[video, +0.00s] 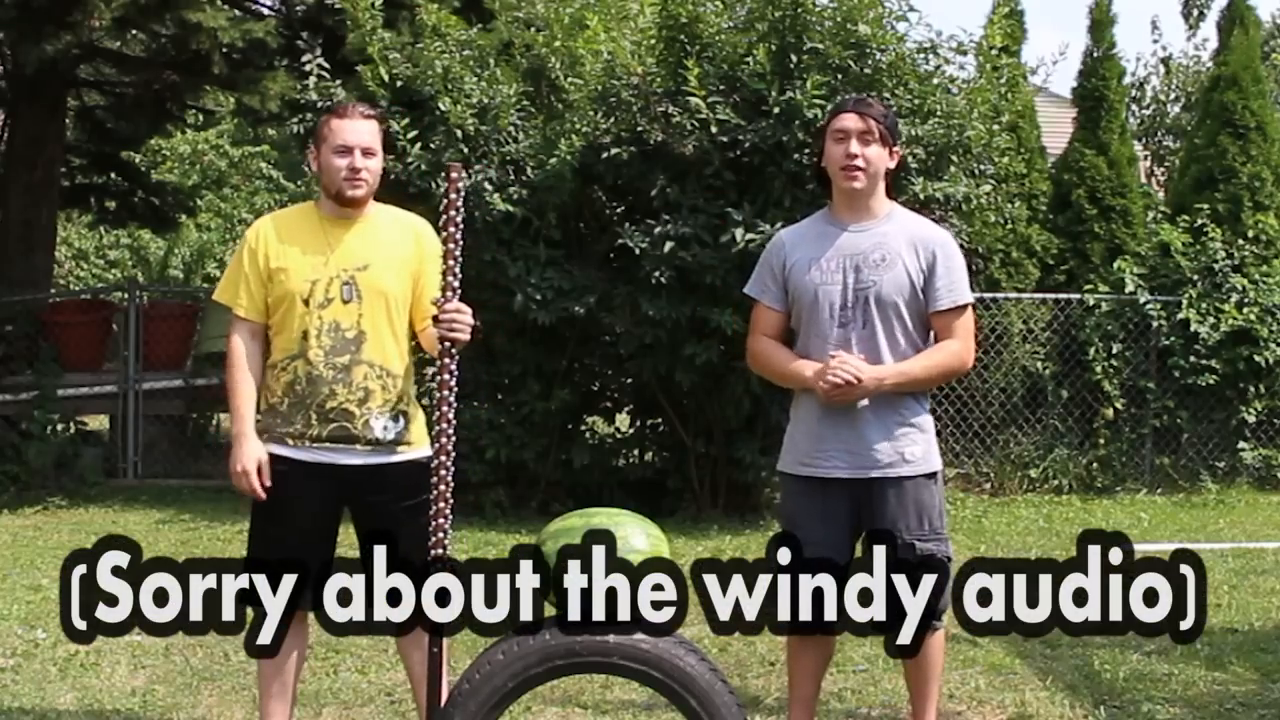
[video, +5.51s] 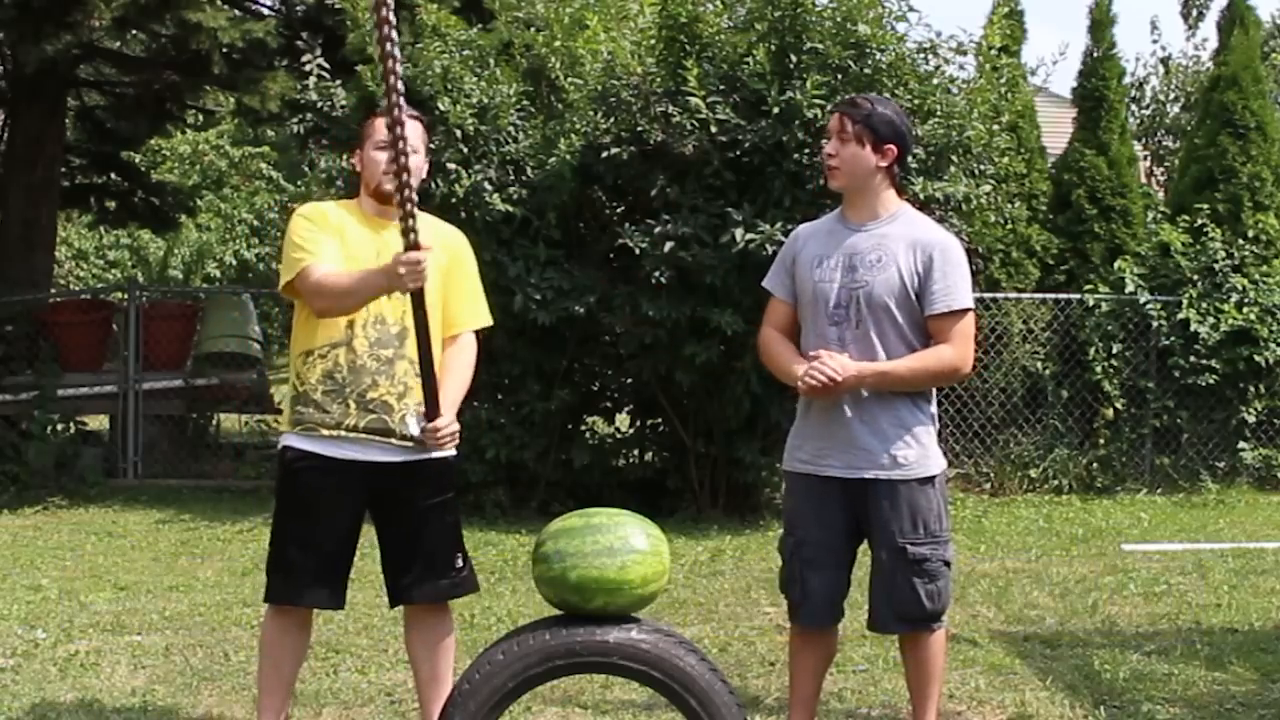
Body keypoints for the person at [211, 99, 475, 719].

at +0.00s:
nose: (356, 163)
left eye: (368, 153)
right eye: (343, 152)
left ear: (383, 163)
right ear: (314, 160)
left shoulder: (415, 236)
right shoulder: (270, 235)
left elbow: (430, 331)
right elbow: (245, 340)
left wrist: (454, 330)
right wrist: (244, 433)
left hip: (395, 456)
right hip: (295, 454)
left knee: (418, 604)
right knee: (281, 604)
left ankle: (438, 716)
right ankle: (275, 717)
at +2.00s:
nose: (357, 170)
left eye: (371, 160)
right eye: (345, 156)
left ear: (388, 171)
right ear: (319, 159)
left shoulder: (411, 243)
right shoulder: (266, 230)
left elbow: (427, 344)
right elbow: (233, 325)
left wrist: (455, 336)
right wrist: (222, 423)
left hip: (378, 459)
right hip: (279, 454)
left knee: (406, 604)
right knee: (272, 603)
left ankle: (435, 715)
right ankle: (273, 718)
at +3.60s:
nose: (368, 159)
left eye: (378, 150)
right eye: (354, 147)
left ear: (389, 162)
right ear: (320, 156)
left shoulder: (415, 237)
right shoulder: (273, 234)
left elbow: (443, 347)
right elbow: (236, 330)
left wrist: (428, 304)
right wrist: (294, 365)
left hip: (398, 456)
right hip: (300, 455)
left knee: (428, 602)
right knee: (285, 603)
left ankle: (432, 718)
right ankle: (275, 716)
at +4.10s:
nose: (368, 165)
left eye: (377, 154)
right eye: (353, 153)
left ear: (387, 163)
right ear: (319, 161)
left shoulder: (413, 239)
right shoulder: (278, 233)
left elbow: (440, 321)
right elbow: (267, 322)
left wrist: (458, 360)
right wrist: (351, 303)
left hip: (406, 451)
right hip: (307, 452)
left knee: (429, 599)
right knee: (291, 600)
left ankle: (436, 715)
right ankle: (275, 715)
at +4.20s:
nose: (373, 172)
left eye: (382, 160)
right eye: (359, 159)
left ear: (391, 166)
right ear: (325, 162)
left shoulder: (413, 242)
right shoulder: (281, 230)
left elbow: (440, 331)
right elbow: (270, 299)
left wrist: (464, 396)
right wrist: (357, 258)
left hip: (404, 452)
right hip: (306, 453)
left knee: (428, 599)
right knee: (291, 601)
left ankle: (438, 716)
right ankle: (275, 716)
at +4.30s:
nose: (381, 164)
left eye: (387, 153)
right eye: (367, 153)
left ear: (396, 161)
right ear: (330, 160)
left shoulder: (414, 245)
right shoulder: (285, 219)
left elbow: (438, 335)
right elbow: (274, 262)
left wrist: (459, 404)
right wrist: (353, 197)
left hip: (403, 449)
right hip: (306, 449)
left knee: (427, 596)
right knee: (292, 597)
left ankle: (438, 715)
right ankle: (275, 715)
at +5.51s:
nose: (398, 157)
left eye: (409, 148)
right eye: (385, 146)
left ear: (426, 163)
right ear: (357, 158)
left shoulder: (448, 240)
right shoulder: (314, 221)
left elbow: (462, 336)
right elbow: (317, 292)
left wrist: (445, 407)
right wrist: (384, 277)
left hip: (417, 453)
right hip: (320, 449)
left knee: (430, 599)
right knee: (292, 600)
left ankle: (438, 715)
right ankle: (271, 715)